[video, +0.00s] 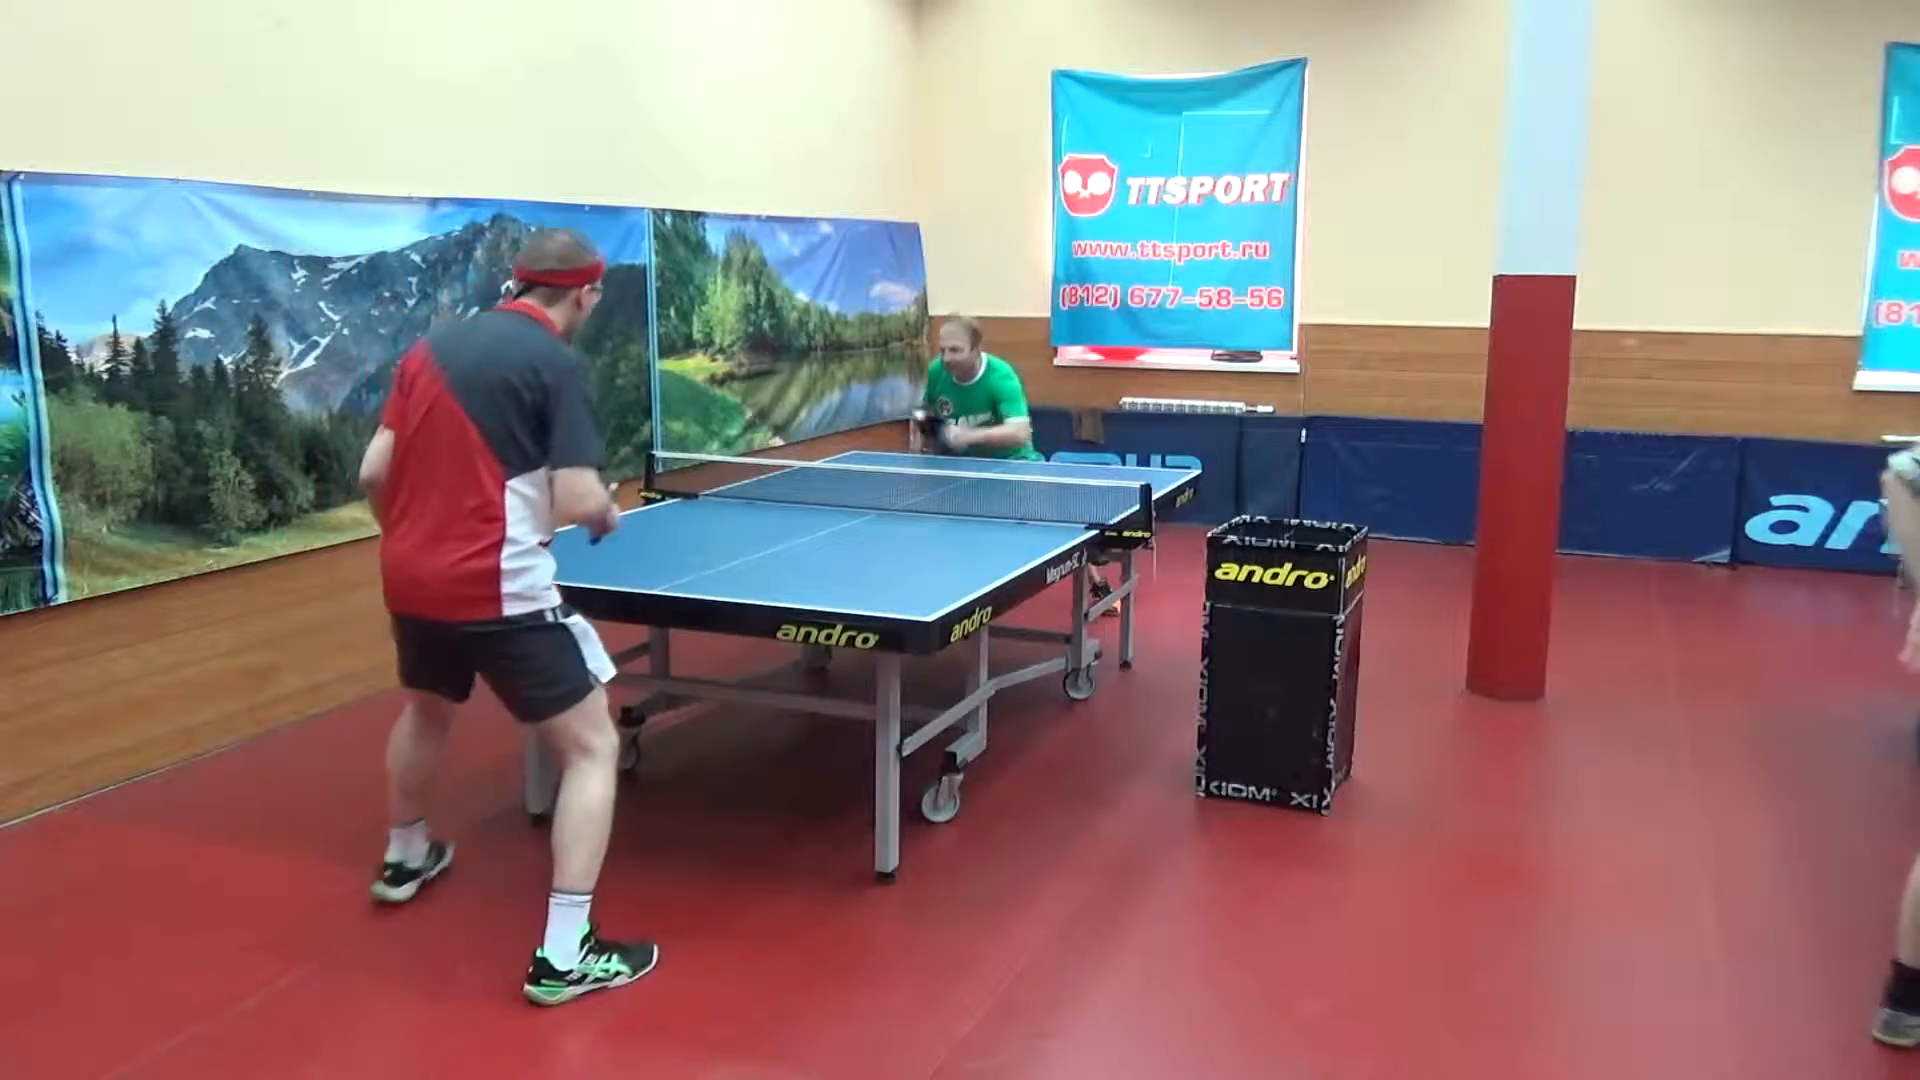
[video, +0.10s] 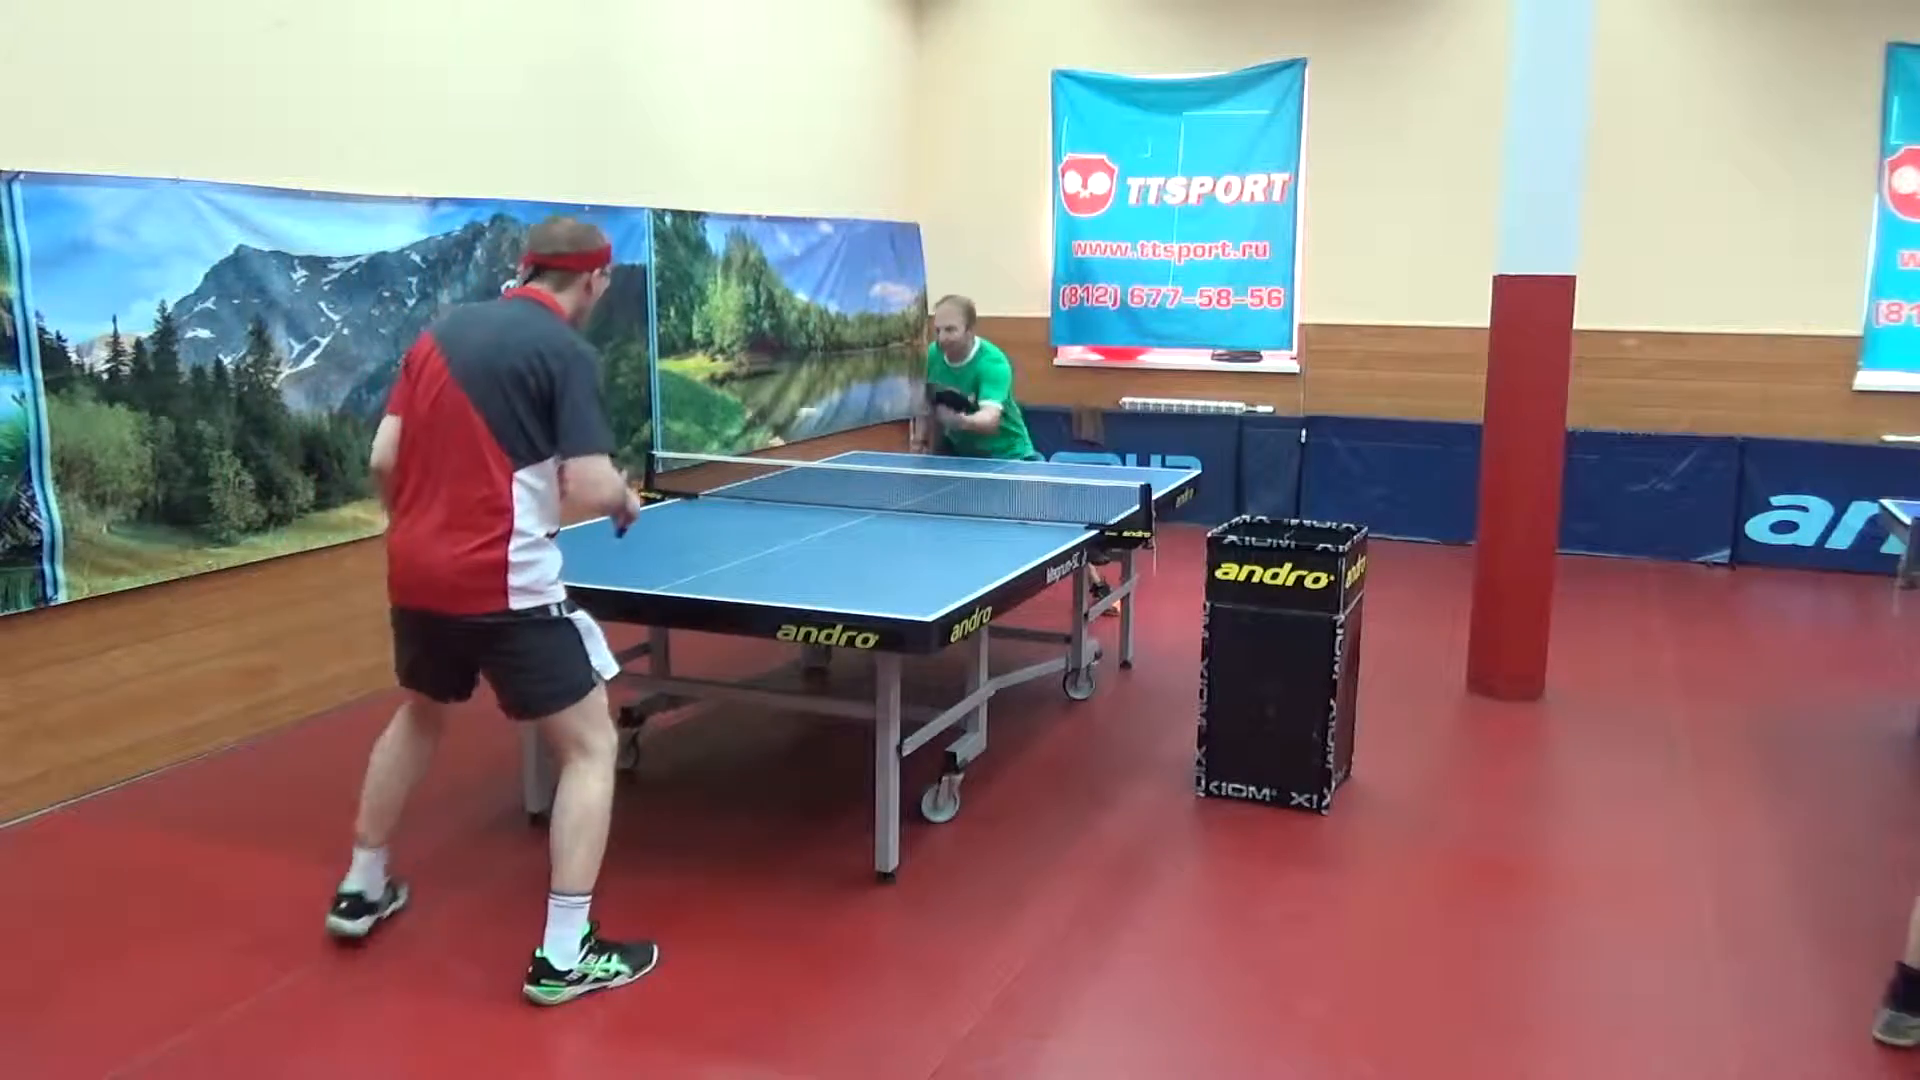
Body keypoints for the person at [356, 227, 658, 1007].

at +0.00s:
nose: (594, 308)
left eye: (593, 296)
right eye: (596, 296)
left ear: (517, 285)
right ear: (580, 294)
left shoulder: (433, 345)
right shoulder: (553, 361)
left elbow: (374, 474)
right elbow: (577, 503)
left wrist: (416, 537)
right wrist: (603, 508)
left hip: (412, 582)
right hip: (503, 589)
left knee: (425, 708)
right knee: (591, 748)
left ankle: (404, 857)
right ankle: (565, 951)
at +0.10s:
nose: (599, 303)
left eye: (600, 290)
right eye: (602, 290)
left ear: (525, 273)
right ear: (589, 283)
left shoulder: (441, 330)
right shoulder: (561, 349)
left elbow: (384, 459)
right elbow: (586, 490)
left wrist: (420, 522)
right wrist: (619, 491)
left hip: (416, 578)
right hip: (512, 584)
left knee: (419, 711)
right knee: (589, 747)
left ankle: (360, 887)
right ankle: (564, 951)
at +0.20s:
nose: (605, 301)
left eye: (606, 289)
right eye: (606, 289)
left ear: (525, 272)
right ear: (594, 282)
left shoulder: (443, 330)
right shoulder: (569, 350)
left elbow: (387, 466)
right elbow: (603, 495)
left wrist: (433, 514)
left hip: (413, 580)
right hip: (514, 587)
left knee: (406, 727)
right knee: (598, 747)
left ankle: (344, 910)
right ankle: (564, 952)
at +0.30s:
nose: (590, 311)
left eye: (588, 301)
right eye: (590, 301)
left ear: (511, 287)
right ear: (581, 299)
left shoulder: (432, 348)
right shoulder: (580, 375)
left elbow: (382, 481)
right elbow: (594, 515)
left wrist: (371, 558)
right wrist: (519, 504)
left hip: (415, 598)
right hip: (523, 605)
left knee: (397, 739)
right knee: (618, 749)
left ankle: (342, 915)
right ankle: (566, 949)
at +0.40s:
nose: (567, 329)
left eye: (566, 317)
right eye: (569, 317)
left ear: (490, 298)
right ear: (560, 314)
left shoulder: (418, 359)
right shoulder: (558, 395)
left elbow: (373, 500)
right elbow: (517, 507)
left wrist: (313, 614)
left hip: (408, 609)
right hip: (521, 618)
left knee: (392, 734)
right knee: (615, 754)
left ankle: (349, 910)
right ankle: (567, 951)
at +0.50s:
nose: (528, 349)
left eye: (528, 338)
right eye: (530, 338)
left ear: (457, 320)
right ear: (520, 335)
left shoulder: (404, 374)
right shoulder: (519, 402)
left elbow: (356, 506)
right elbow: (451, 482)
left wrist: (270, 626)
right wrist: (339, 497)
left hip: (394, 629)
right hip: (508, 630)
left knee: (364, 734)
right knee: (594, 762)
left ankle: (311, 905)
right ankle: (569, 949)